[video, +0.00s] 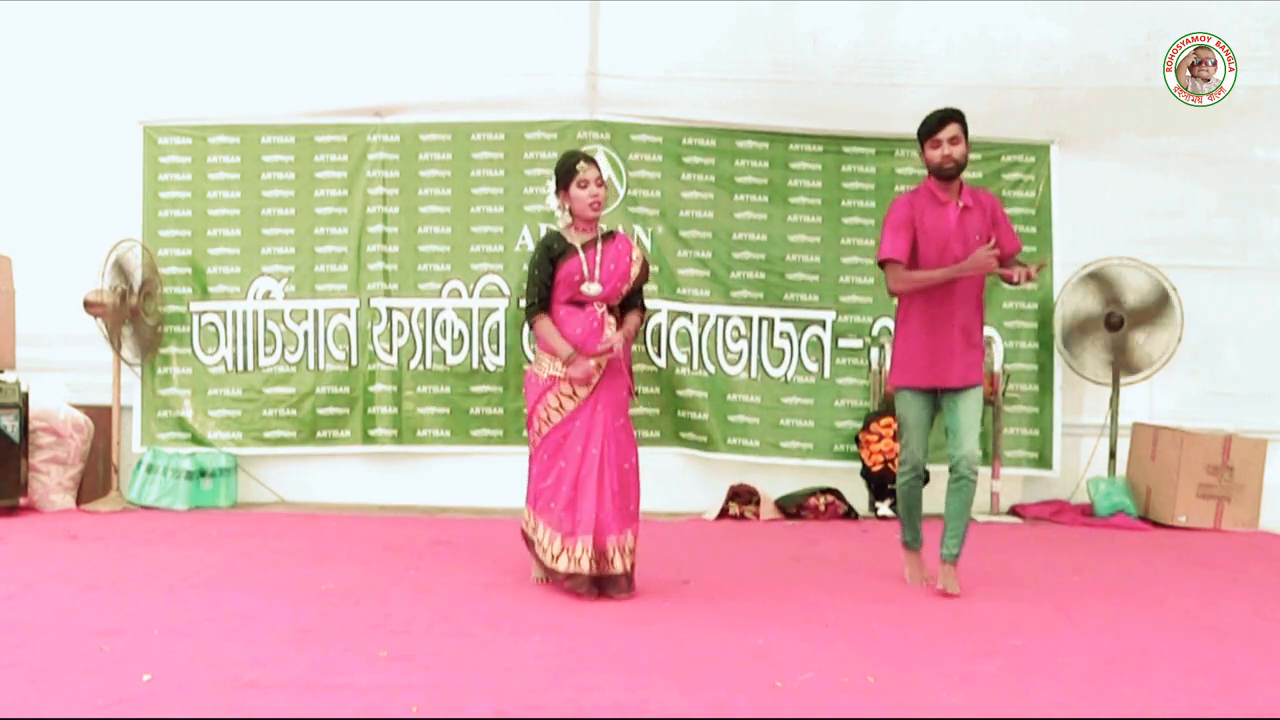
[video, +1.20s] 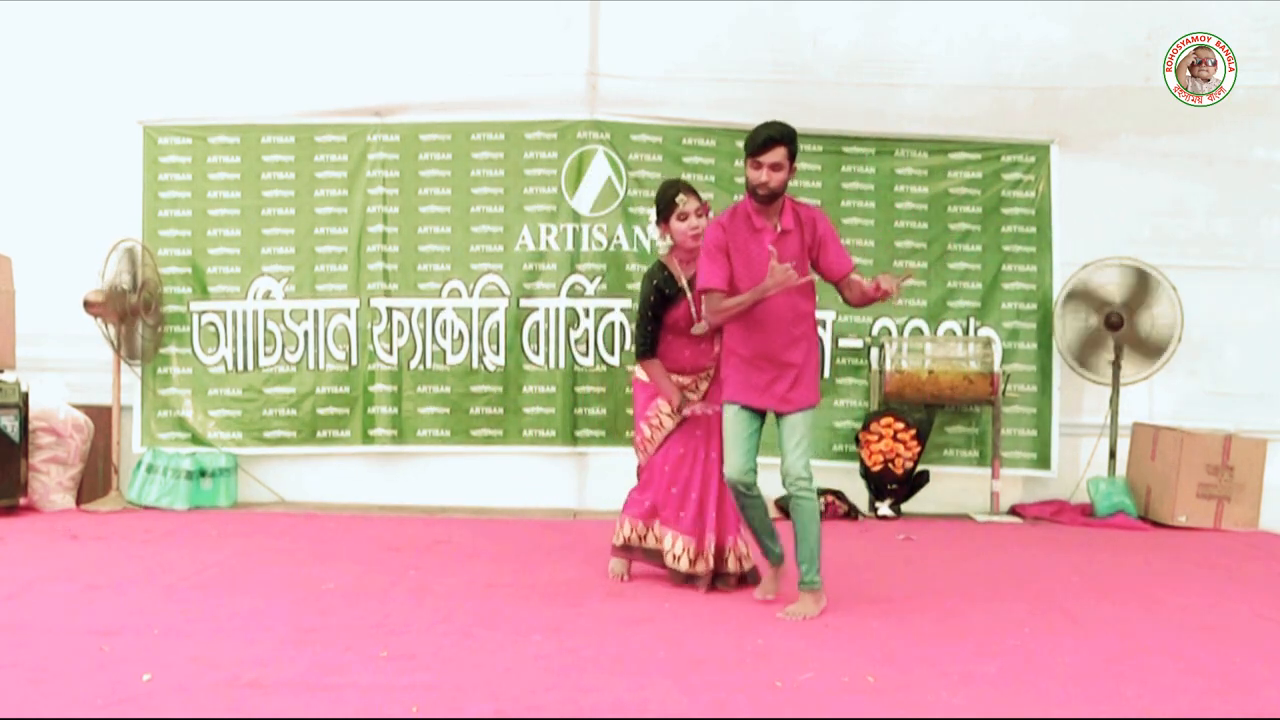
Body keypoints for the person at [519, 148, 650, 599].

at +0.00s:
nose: (596, 193)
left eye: (600, 184)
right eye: (584, 186)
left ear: (607, 189)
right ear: (564, 196)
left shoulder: (624, 246)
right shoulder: (552, 247)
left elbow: (636, 307)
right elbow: (535, 312)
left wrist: (621, 340)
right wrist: (572, 356)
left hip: (610, 368)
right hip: (560, 368)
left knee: (610, 459)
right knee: (566, 459)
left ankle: (608, 562)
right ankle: (568, 562)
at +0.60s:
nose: (610, 207)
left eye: (616, 197)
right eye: (599, 199)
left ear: (624, 199)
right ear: (580, 207)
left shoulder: (646, 254)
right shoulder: (569, 254)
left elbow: (651, 318)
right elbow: (558, 322)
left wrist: (652, 375)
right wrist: (597, 361)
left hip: (622, 366)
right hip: (571, 364)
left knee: (614, 455)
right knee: (570, 452)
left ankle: (607, 554)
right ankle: (563, 551)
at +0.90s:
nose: (659, 235)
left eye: (664, 224)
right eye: (648, 228)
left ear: (673, 225)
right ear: (629, 235)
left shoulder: (689, 268)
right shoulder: (622, 283)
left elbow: (692, 331)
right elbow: (618, 352)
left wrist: (681, 389)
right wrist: (623, 411)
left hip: (668, 379)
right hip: (622, 380)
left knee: (672, 458)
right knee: (636, 458)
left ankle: (661, 559)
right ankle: (625, 554)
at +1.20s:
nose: (695, 224)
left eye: (700, 214)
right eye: (683, 217)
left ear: (708, 217)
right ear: (665, 227)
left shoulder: (720, 266)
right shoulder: (660, 277)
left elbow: (737, 324)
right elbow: (644, 347)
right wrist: (674, 397)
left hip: (711, 378)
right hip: (665, 379)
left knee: (713, 464)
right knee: (667, 463)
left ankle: (711, 557)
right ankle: (625, 543)